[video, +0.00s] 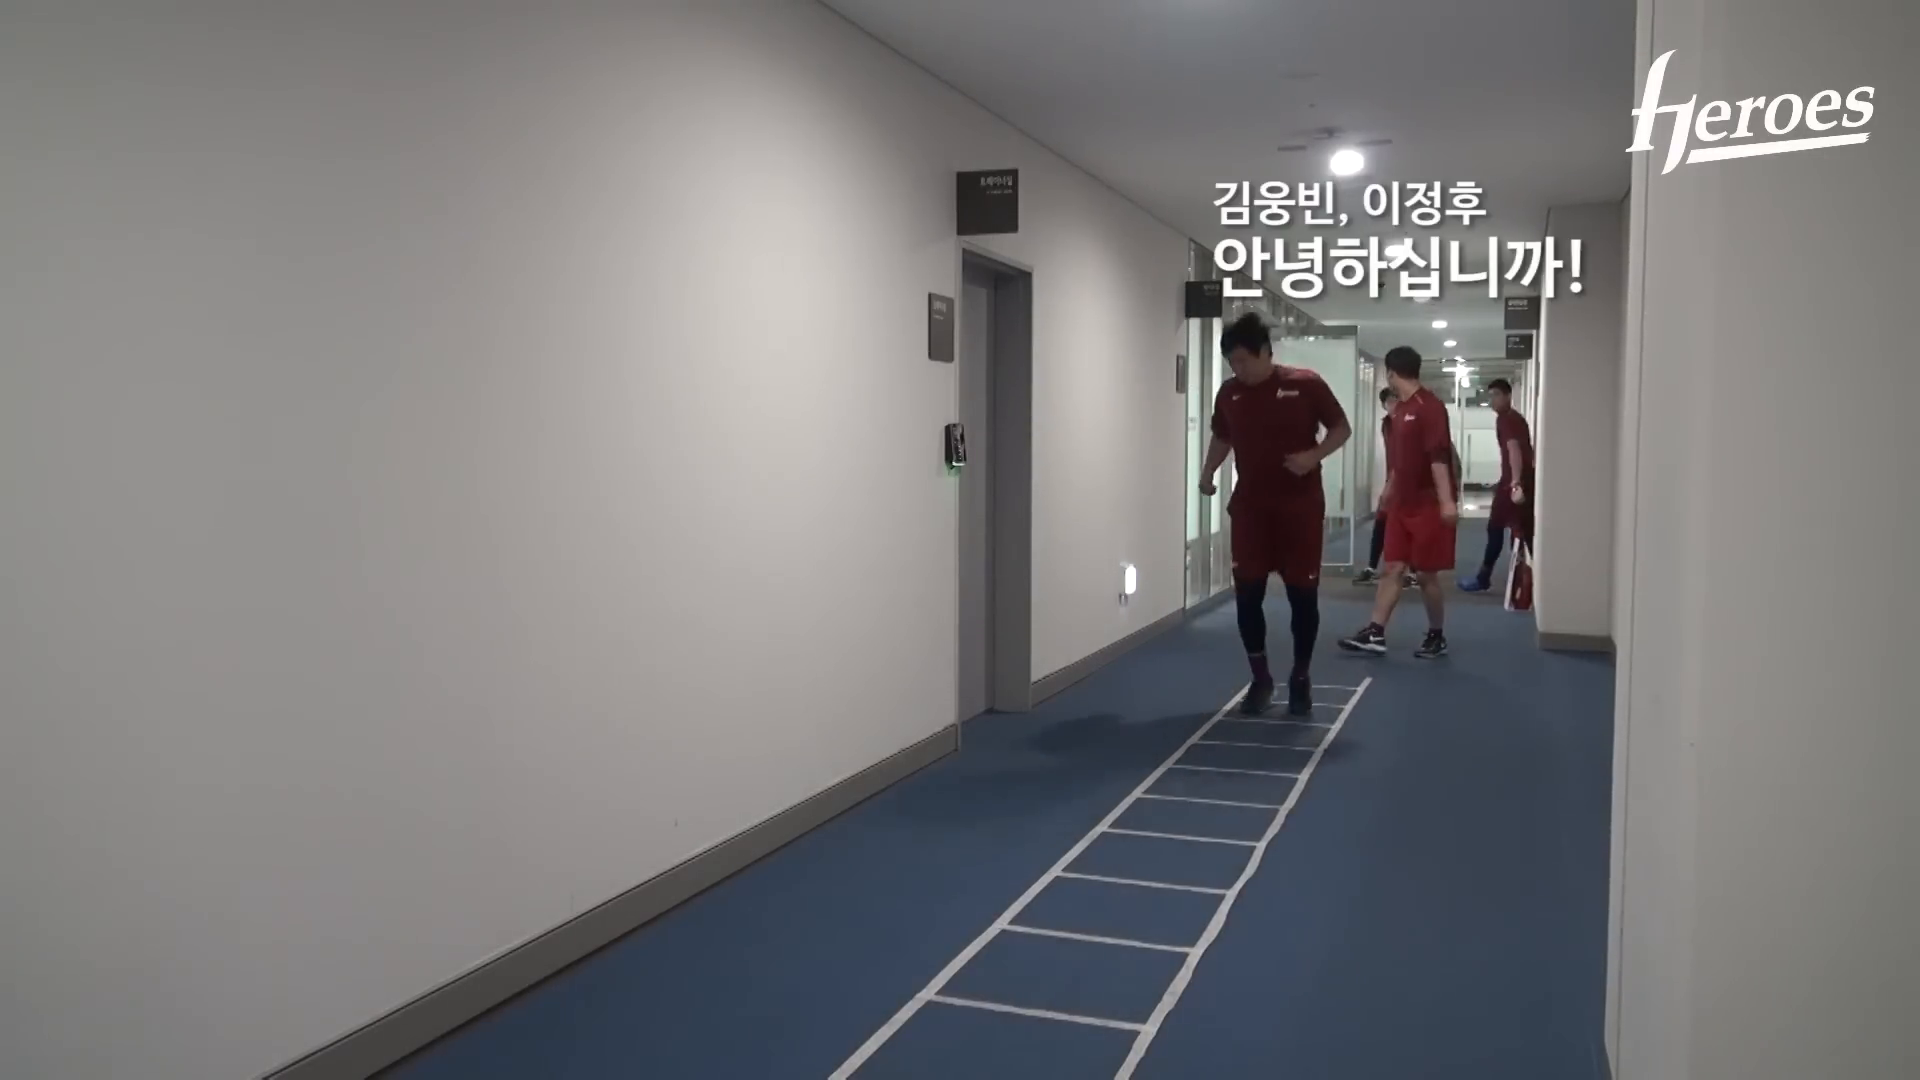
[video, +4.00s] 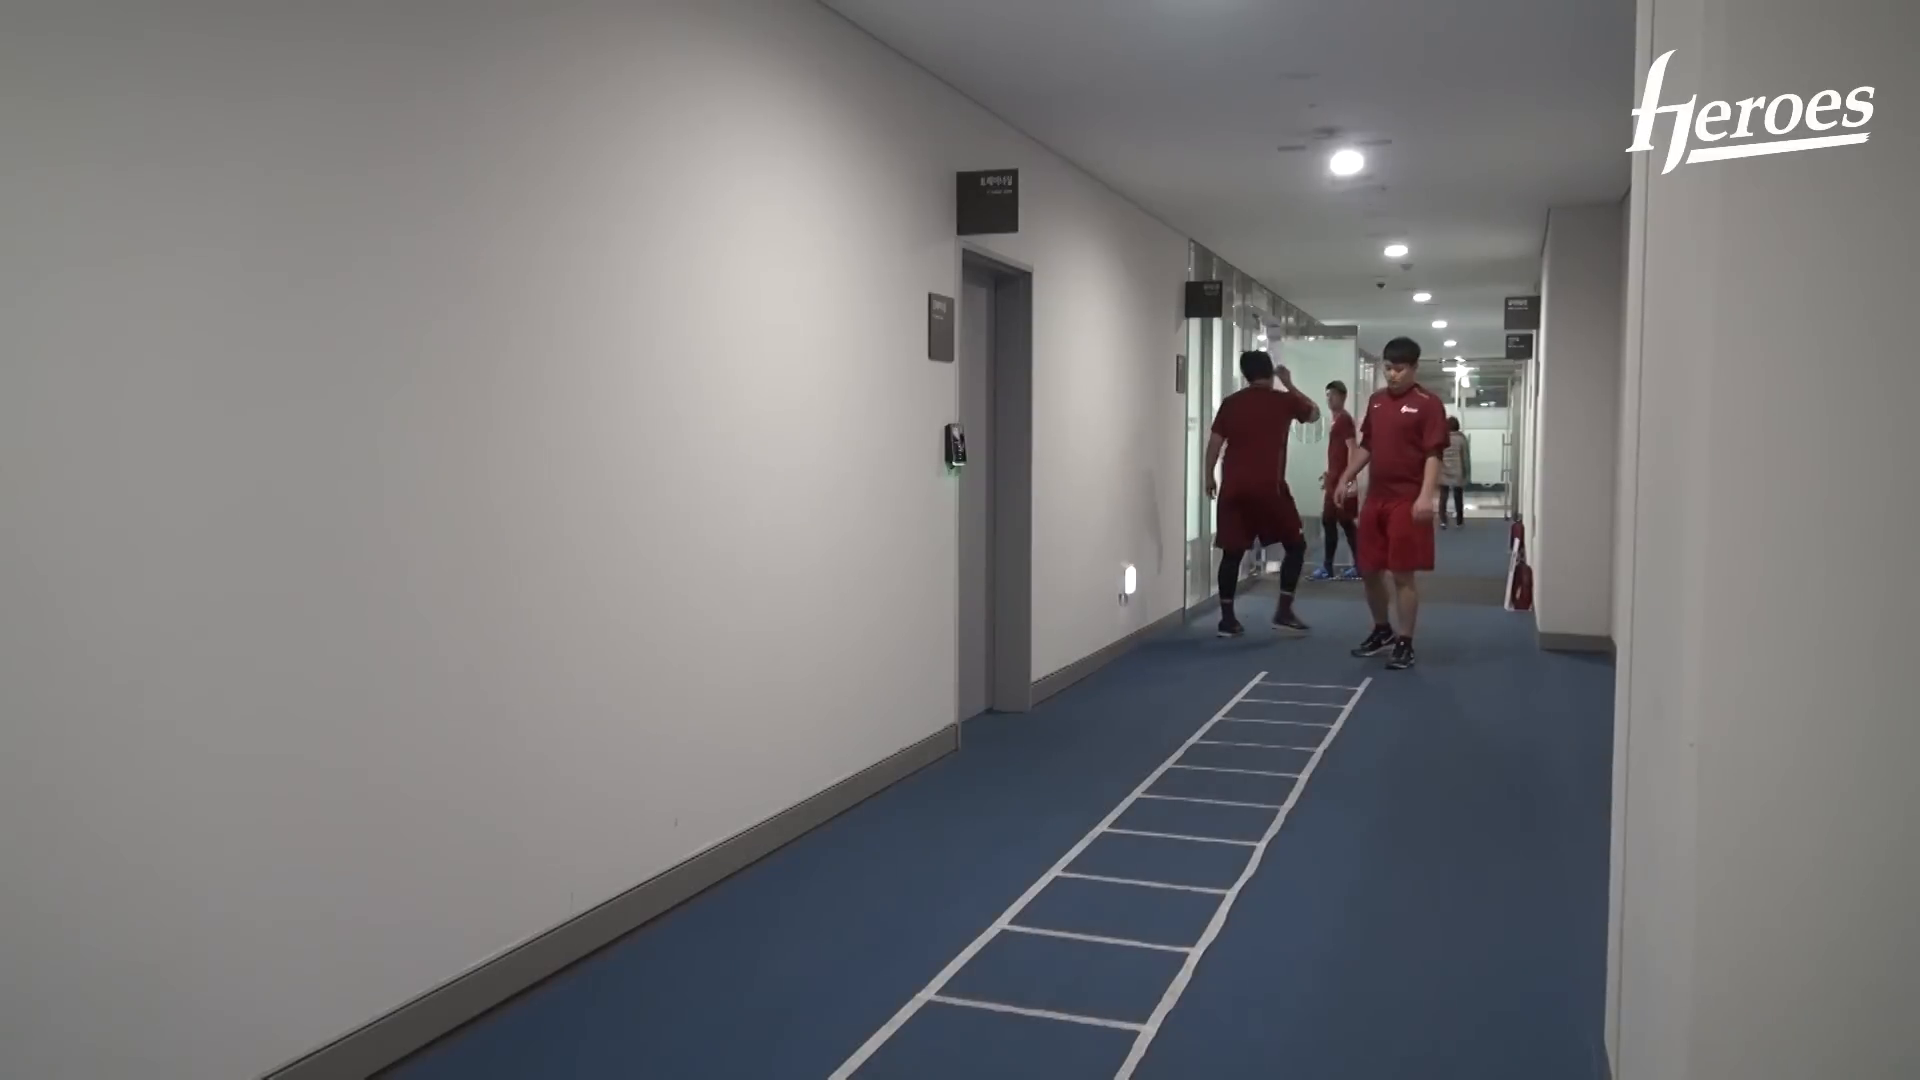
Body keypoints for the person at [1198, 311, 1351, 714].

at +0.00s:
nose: (1235, 368)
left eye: (1240, 360)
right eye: (1231, 361)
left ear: (1263, 353)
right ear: (1230, 357)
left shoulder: (1306, 384)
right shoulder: (1229, 393)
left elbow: (1341, 429)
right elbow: (1222, 437)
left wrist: (1315, 455)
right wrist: (1208, 471)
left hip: (1300, 510)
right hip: (1250, 508)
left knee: (1303, 598)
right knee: (1247, 597)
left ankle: (1300, 678)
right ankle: (1261, 680)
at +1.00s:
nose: (1247, 353)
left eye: (1247, 346)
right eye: (1248, 346)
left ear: (1254, 346)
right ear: (1280, 341)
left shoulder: (1286, 373)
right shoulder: (1281, 375)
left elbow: (1308, 416)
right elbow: (1302, 428)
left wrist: (1265, 448)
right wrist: (1262, 455)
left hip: (1301, 495)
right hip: (1282, 495)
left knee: (1312, 573)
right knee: (1273, 573)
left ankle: (1326, 652)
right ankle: (1266, 658)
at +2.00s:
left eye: (1231, 362)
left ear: (1231, 363)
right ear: (1261, 361)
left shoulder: (1229, 398)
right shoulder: (1285, 397)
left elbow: (1226, 442)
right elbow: (1306, 450)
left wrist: (1216, 489)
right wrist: (1286, 475)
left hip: (1245, 498)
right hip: (1284, 498)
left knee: (1217, 571)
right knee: (1287, 573)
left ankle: (1198, 648)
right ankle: (1293, 653)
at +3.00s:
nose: (1235, 368)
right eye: (1236, 363)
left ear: (1207, 366)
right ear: (1238, 367)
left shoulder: (1190, 397)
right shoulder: (1247, 399)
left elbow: (1173, 442)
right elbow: (1278, 408)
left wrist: (1164, 481)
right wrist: (1255, 380)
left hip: (1194, 486)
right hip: (1232, 488)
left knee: (1186, 560)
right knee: (1226, 564)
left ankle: (1186, 625)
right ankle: (1223, 634)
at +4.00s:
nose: (1270, 377)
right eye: (1270, 372)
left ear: (1245, 375)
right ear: (1272, 373)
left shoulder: (1231, 402)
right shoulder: (1283, 400)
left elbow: (1215, 443)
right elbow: (1313, 413)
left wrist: (1208, 476)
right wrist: (1290, 385)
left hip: (1233, 489)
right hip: (1270, 488)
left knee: (1232, 553)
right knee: (1295, 545)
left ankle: (1227, 618)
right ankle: (1284, 611)